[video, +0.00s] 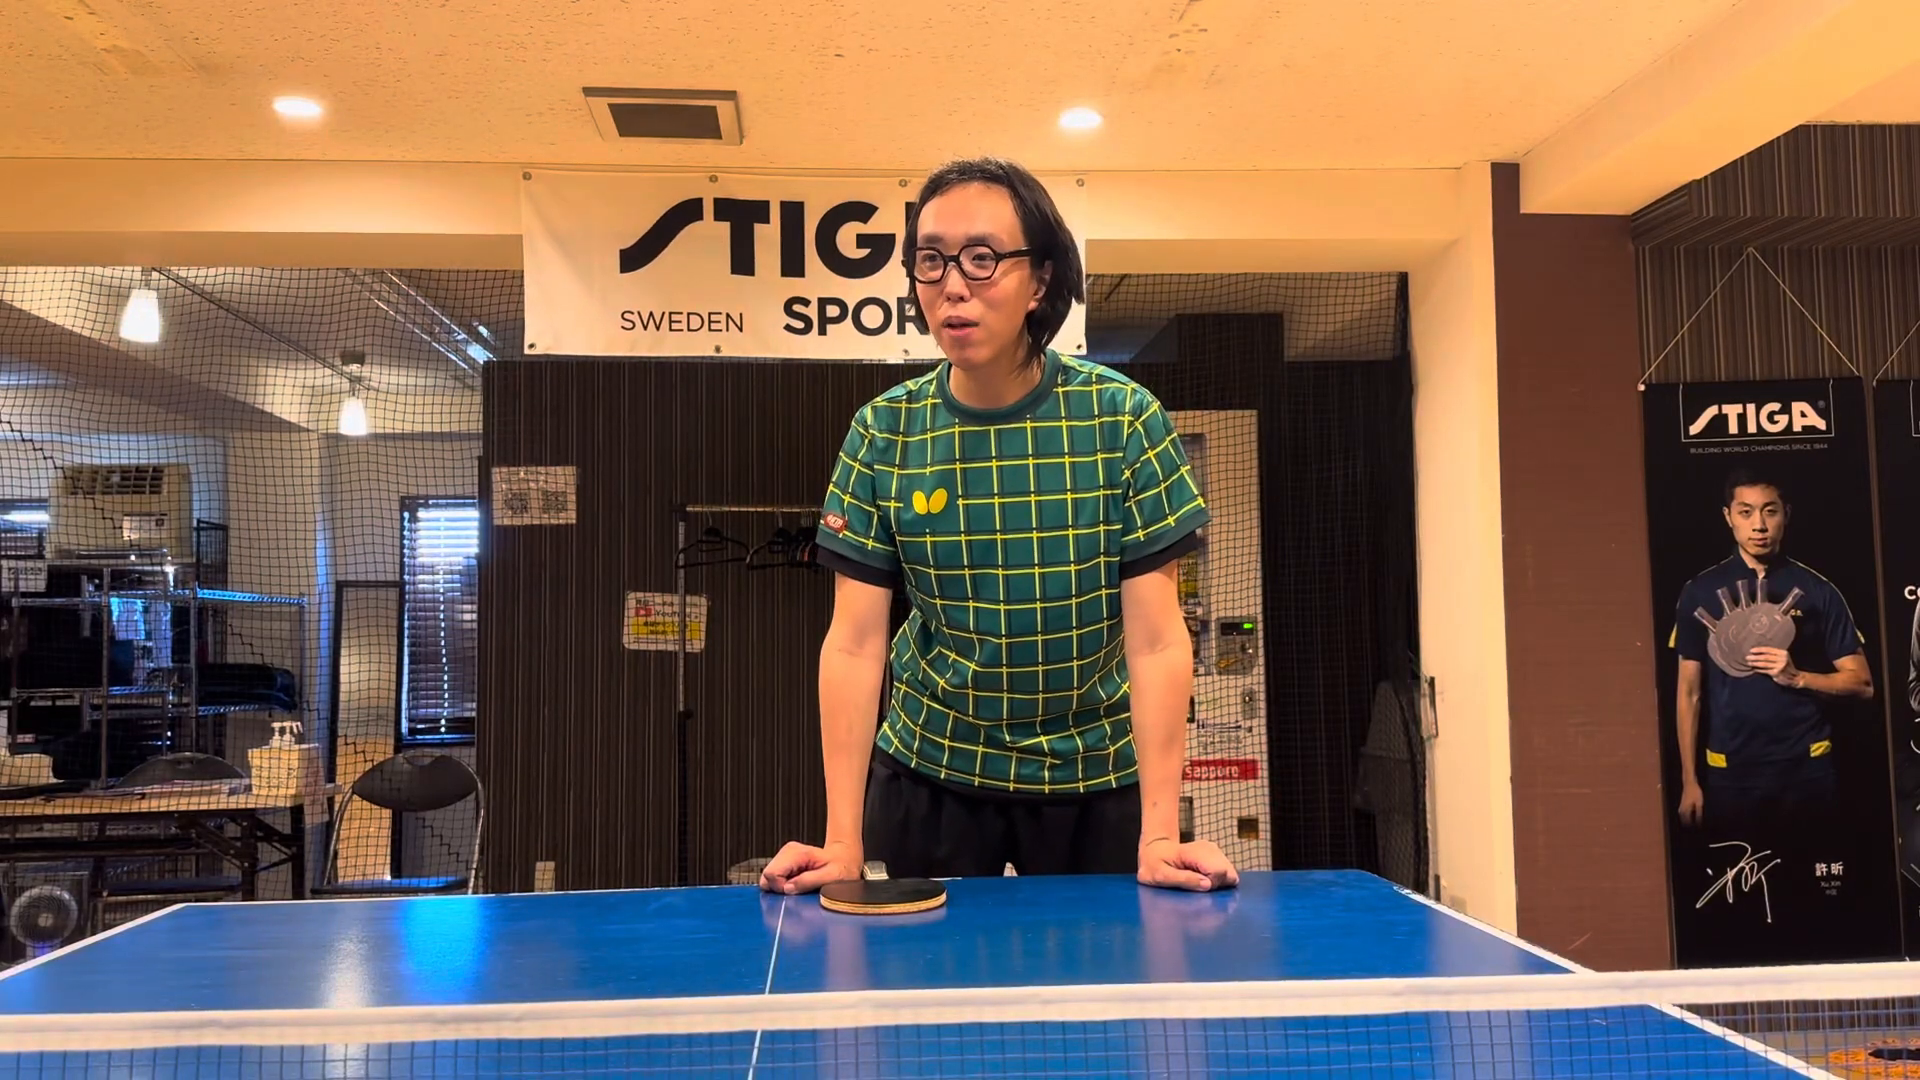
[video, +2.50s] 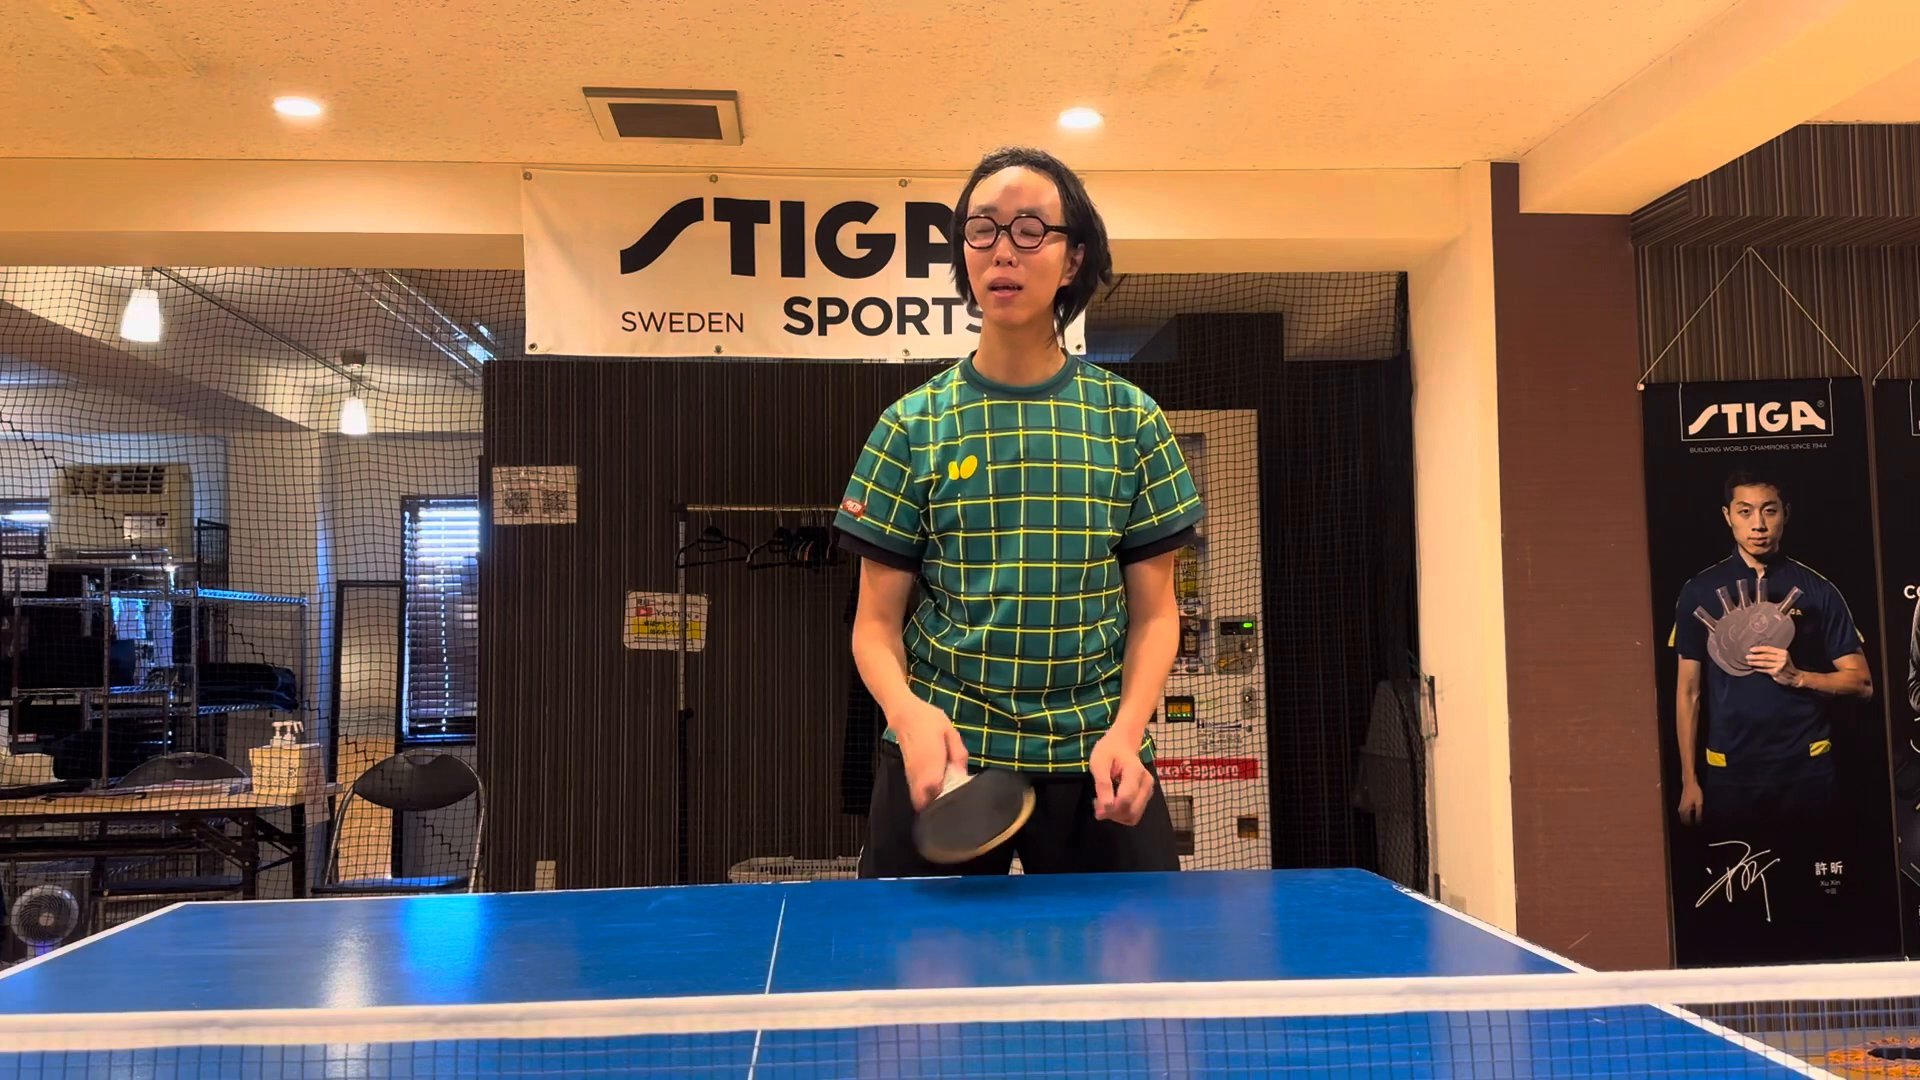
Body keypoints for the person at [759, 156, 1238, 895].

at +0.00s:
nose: (951, 283)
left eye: (982, 257)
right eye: (932, 259)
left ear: (1040, 281)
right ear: (914, 278)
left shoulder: (1122, 419)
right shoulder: (886, 429)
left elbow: (1157, 642)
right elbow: (853, 645)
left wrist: (1162, 836)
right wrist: (841, 843)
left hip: (1093, 800)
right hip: (928, 796)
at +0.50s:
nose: (949, 289)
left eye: (979, 263)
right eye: (931, 266)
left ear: (1037, 287)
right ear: (914, 287)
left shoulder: (1120, 426)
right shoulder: (886, 437)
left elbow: (1154, 642)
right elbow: (853, 646)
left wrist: (1161, 836)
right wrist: (842, 844)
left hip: (1090, 781)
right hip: (927, 778)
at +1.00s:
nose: (950, 293)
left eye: (980, 268)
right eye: (933, 269)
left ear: (1036, 292)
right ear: (916, 288)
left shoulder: (1117, 433)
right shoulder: (886, 446)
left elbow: (1150, 645)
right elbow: (855, 648)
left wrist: (1159, 833)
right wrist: (842, 842)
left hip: (1086, 770)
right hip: (927, 768)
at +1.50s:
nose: (979, 257)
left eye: (1008, 234)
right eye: (960, 237)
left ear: (1055, 268)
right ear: (939, 268)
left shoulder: (1119, 422)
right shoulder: (898, 433)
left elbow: (1145, 624)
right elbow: (865, 641)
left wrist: (1135, 766)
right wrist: (889, 782)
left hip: (1087, 777)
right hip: (932, 776)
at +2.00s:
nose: (999, 245)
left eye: (1026, 225)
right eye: (979, 225)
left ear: (1070, 258)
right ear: (958, 253)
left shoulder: (1129, 419)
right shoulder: (913, 426)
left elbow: (1158, 615)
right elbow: (881, 628)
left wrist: (1147, 758)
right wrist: (903, 781)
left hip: (1100, 779)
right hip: (947, 779)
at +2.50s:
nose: (1005, 251)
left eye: (1032, 230)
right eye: (985, 231)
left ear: (1073, 260)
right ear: (963, 256)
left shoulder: (1131, 420)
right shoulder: (915, 425)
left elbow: (1155, 609)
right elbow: (876, 621)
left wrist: (1126, 730)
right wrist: (907, 713)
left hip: (1097, 772)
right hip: (941, 771)